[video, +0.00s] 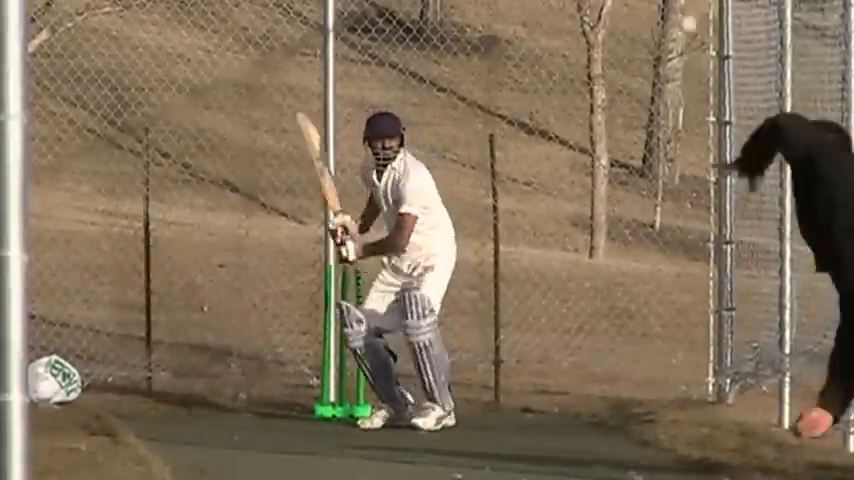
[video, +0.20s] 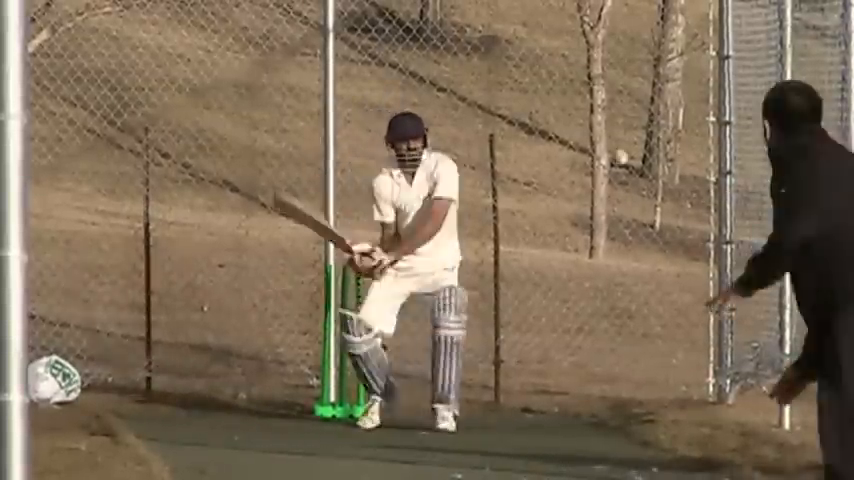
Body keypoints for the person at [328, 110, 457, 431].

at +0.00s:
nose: (383, 148)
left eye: (390, 141)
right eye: (375, 142)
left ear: (401, 142)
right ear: (367, 144)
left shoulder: (411, 177)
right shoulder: (371, 169)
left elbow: (398, 241)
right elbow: (376, 202)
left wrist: (360, 249)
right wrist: (358, 228)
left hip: (431, 259)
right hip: (397, 261)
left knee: (418, 325)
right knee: (361, 330)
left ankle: (442, 406)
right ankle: (395, 404)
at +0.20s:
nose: (410, 149)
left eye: (416, 142)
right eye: (402, 144)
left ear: (425, 142)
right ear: (392, 146)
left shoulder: (443, 168)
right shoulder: (384, 182)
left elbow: (434, 221)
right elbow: (390, 237)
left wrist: (391, 254)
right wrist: (372, 258)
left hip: (439, 271)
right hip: (397, 271)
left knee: (449, 324)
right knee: (360, 331)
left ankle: (445, 407)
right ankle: (381, 394)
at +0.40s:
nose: (428, 150)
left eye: (434, 142)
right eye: (420, 144)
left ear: (439, 139)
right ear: (404, 143)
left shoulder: (442, 147)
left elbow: (483, 180)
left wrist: (526, 205)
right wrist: (533, 199)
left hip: (444, 252)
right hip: (413, 258)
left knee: (462, 324)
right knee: (404, 345)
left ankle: (450, 406)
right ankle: (365, 392)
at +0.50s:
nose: (456, 139)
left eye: (456, 133)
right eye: (451, 134)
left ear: (435, 133)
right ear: (434, 135)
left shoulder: (435, 152)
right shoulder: (429, 165)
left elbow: (478, 153)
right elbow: (485, 166)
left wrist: (521, 140)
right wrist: (524, 139)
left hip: (450, 251)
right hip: (423, 255)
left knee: (470, 326)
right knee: (412, 339)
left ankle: (451, 406)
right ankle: (368, 386)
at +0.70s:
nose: (492, 112)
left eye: (491, 107)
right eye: (490, 107)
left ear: (457, 109)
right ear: (482, 110)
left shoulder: (437, 135)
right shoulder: (485, 143)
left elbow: (459, 131)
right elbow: (496, 139)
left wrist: (454, 98)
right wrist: (461, 101)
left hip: (442, 238)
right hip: (444, 240)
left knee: (471, 324)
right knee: (440, 329)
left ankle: (441, 405)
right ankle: (376, 392)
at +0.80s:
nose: (499, 107)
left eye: (498, 102)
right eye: (498, 103)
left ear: (461, 101)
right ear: (492, 105)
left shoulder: (436, 132)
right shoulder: (496, 139)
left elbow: (422, 169)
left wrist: (430, 125)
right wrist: (449, 116)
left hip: (429, 229)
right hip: (455, 232)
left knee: (460, 318)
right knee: (445, 320)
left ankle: (438, 402)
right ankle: (400, 395)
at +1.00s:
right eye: (493, 103)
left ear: (460, 102)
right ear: (493, 106)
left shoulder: (438, 132)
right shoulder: (501, 138)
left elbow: (394, 171)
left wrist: (392, 140)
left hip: (435, 227)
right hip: (477, 231)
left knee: (440, 317)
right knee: (476, 313)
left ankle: (437, 400)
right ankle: (473, 371)